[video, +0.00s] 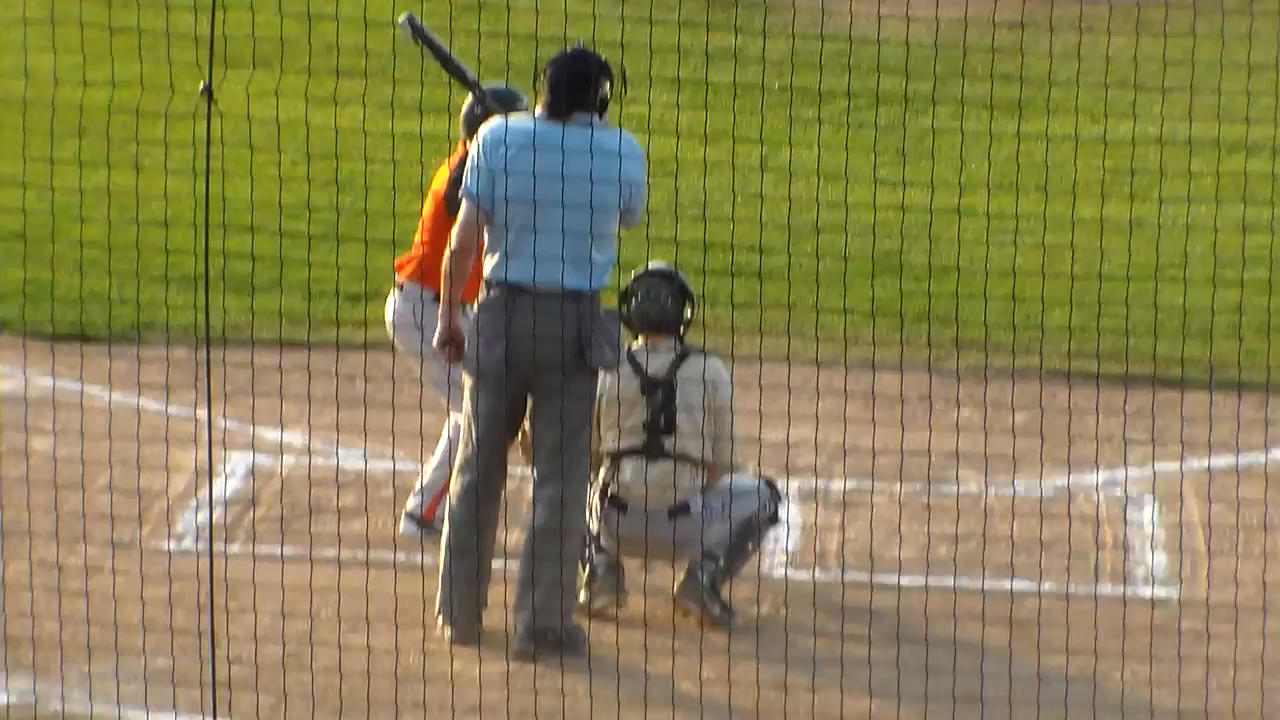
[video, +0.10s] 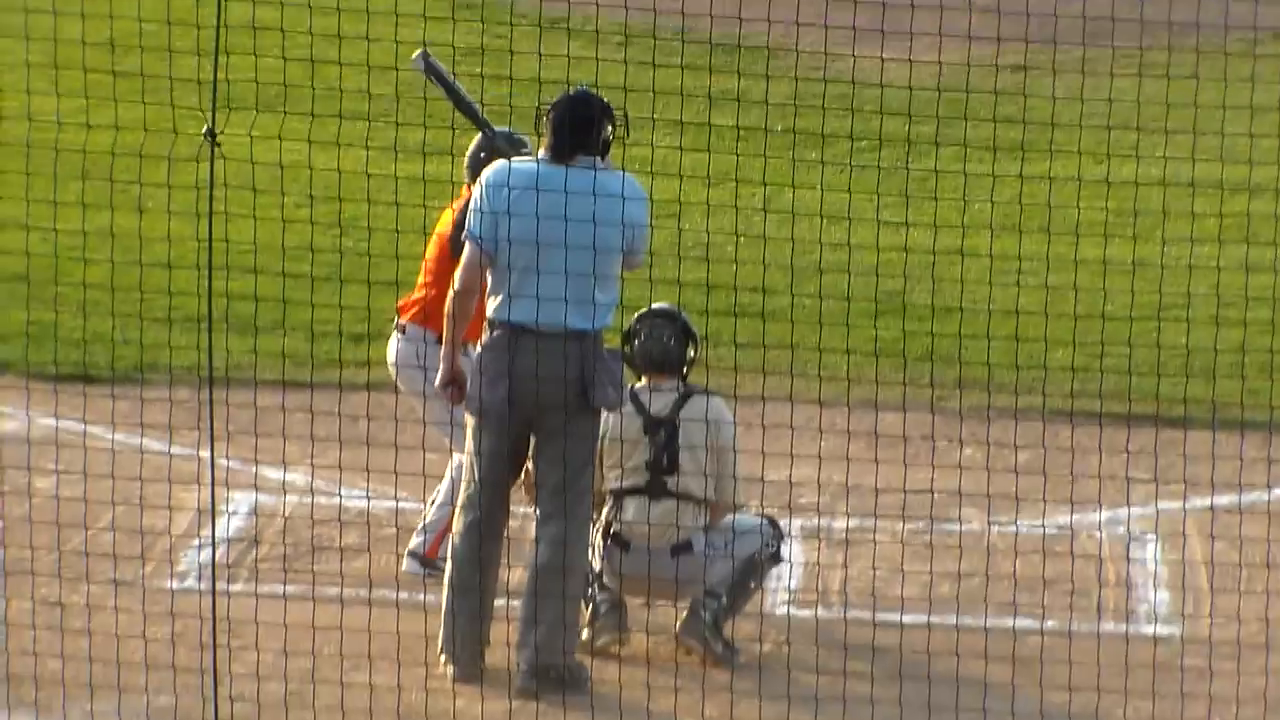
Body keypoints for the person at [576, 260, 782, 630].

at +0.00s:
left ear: (630, 316)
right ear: (683, 315)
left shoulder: (608, 371)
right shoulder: (710, 371)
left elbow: (594, 455)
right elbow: (720, 465)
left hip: (617, 524)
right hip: (680, 527)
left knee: (595, 477)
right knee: (765, 496)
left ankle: (603, 572)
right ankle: (704, 577)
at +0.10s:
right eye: (685, 346)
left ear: (633, 357)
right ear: (686, 356)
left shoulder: (611, 409)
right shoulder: (713, 409)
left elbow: (596, 492)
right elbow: (722, 504)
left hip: (620, 563)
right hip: (684, 565)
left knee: (595, 516)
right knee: (767, 534)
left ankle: (606, 610)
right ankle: (706, 616)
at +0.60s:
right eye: (682, 333)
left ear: (630, 342)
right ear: (680, 344)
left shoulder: (607, 394)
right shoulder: (707, 395)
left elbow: (592, 475)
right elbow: (720, 489)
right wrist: (684, 515)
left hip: (616, 548)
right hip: (680, 549)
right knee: (764, 519)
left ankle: (601, 592)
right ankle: (703, 600)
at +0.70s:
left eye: (634, 322)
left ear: (630, 335)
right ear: (681, 337)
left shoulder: (609, 388)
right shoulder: (709, 388)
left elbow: (595, 470)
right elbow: (721, 481)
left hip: (617, 539)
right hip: (683, 541)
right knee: (766, 511)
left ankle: (603, 582)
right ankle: (704, 592)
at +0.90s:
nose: (637, 311)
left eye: (638, 306)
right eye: (637, 305)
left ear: (627, 321)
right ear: (680, 323)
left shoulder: (607, 375)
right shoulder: (707, 376)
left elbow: (590, 461)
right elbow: (719, 473)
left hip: (615, 527)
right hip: (681, 530)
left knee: (586, 488)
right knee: (765, 500)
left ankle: (603, 573)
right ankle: (703, 582)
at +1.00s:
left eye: (635, 300)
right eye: (684, 303)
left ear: (628, 309)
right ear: (681, 314)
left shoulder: (606, 364)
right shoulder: (709, 366)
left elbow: (587, 451)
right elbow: (720, 464)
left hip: (616, 518)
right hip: (683, 520)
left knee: (581, 474)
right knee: (766, 489)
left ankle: (604, 564)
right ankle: (704, 571)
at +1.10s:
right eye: (683, 302)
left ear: (629, 308)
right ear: (680, 313)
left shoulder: (607, 362)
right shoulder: (709, 364)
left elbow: (591, 447)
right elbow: (720, 461)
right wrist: (678, 476)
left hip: (617, 517)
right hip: (682, 519)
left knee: (599, 473)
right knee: (766, 488)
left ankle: (604, 564)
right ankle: (704, 570)